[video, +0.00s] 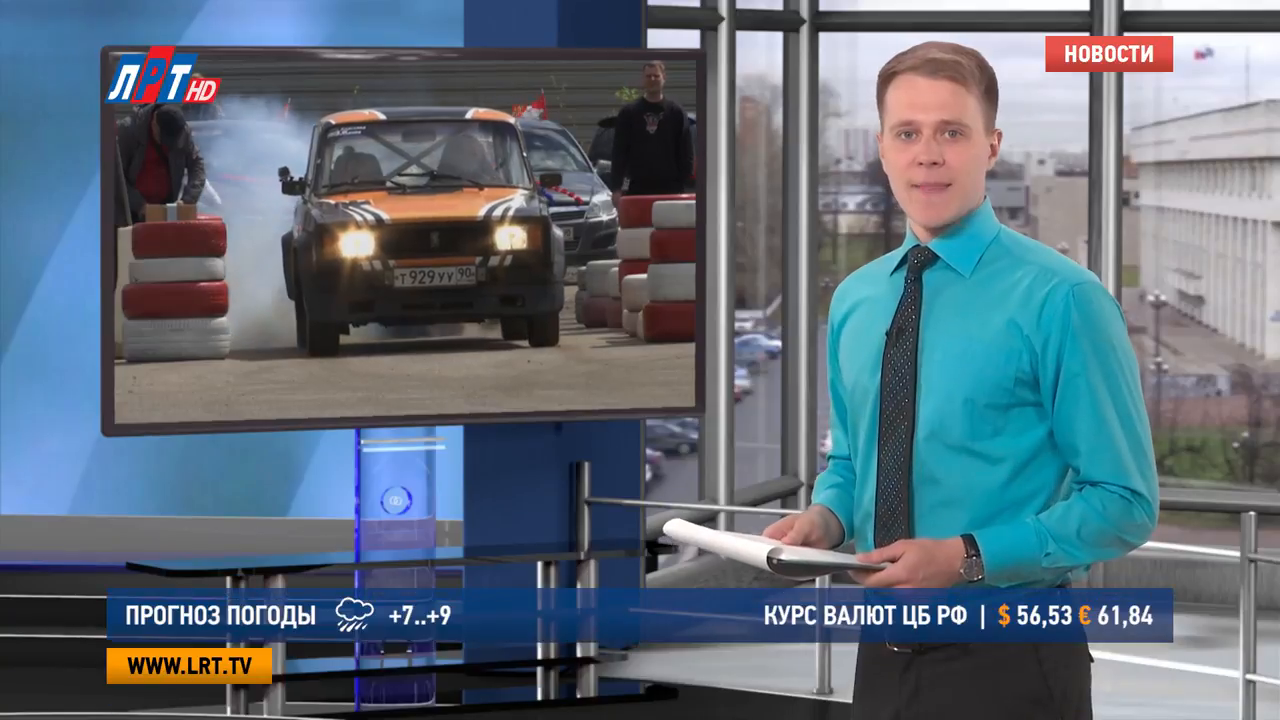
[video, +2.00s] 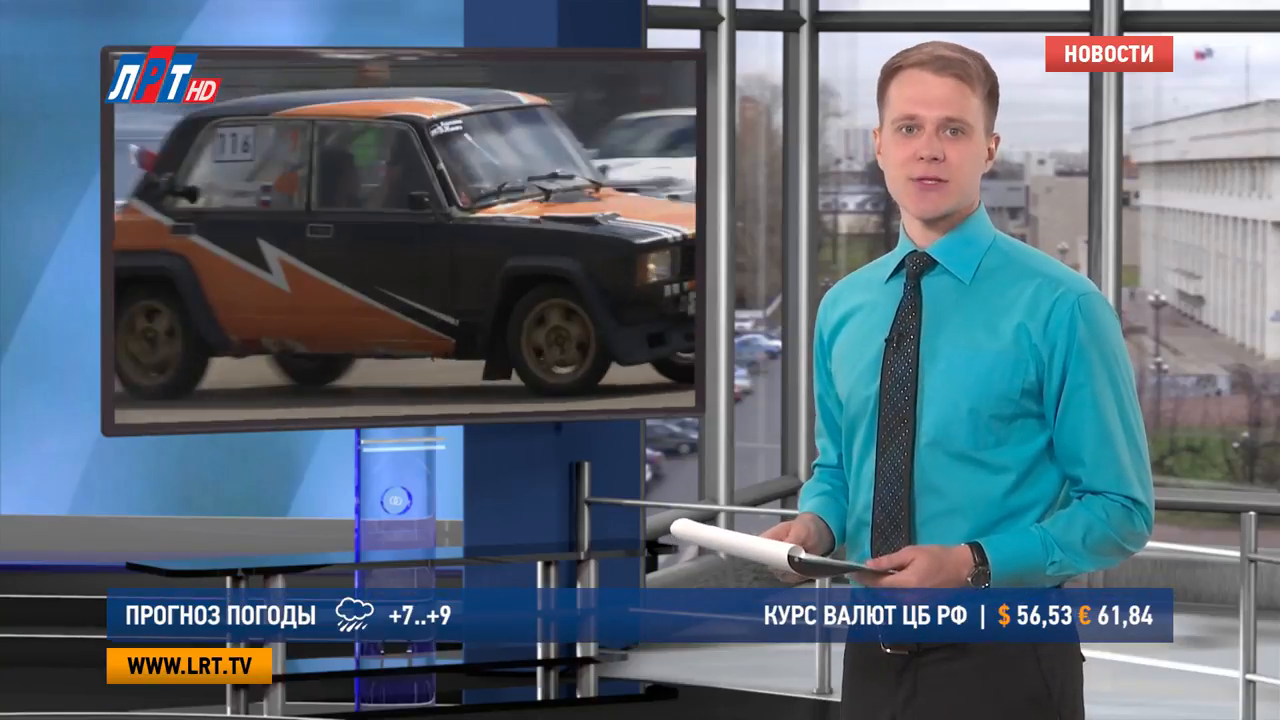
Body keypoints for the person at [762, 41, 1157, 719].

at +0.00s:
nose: (928, 155)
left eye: (951, 132)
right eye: (907, 133)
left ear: (991, 146)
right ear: (882, 148)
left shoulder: (1062, 298)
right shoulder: (855, 299)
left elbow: (1126, 501)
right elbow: (849, 464)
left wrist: (969, 557)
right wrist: (822, 519)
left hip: (1013, 658)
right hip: (884, 655)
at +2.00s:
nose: (928, 149)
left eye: (953, 129)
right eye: (909, 128)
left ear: (990, 149)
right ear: (879, 145)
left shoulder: (1062, 306)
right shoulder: (843, 306)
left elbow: (1121, 509)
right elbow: (834, 469)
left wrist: (974, 563)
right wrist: (813, 526)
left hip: (1005, 659)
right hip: (873, 655)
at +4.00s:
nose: (905, 173)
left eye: (930, 146)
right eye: (885, 150)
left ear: (980, 147)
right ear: (867, 156)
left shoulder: (1066, 309)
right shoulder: (846, 309)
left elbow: (1127, 509)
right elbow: (842, 470)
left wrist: (981, 565)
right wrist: (819, 530)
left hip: (1006, 661)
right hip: (875, 659)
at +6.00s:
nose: (905, 158)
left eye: (933, 134)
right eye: (891, 135)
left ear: (991, 144)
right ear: (877, 145)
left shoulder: (1074, 312)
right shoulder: (850, 309)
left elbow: (1131, 512)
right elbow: (842, 470)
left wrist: (991, 566)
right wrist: (820, 533)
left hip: (1010, 659)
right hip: (877, 655)